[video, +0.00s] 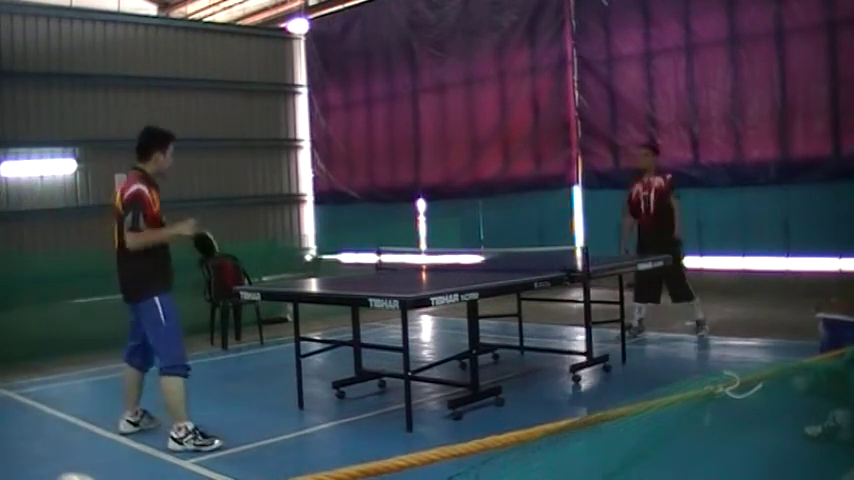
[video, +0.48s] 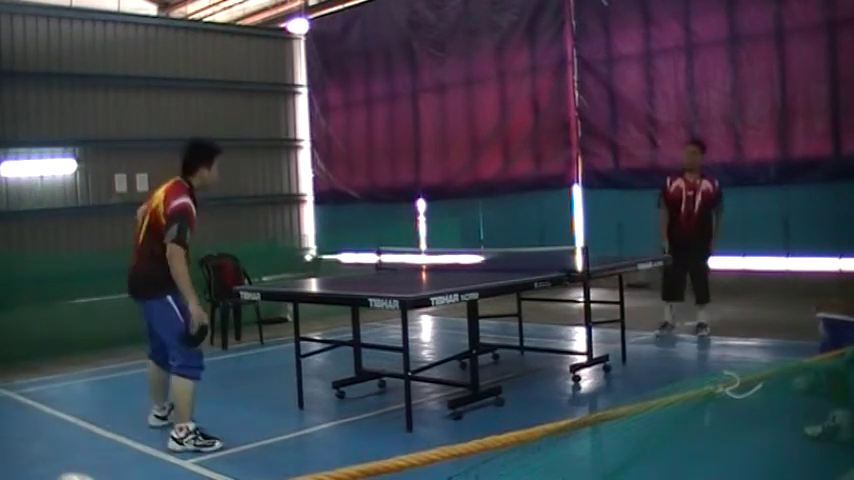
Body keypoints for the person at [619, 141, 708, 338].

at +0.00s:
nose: (642, 160)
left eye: (646, 156)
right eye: (641, 156)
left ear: (654, 159)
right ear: (640, 160)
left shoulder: (665, 182)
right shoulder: (636, 187)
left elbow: (675, 207)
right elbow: (630, 218)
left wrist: (677, 233)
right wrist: (625, 244)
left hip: (666, 240)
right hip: (645, 241)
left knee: (679, 282)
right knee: (642, 283)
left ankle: (699, 318)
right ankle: (637, 322)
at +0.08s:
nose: (650, 160)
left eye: (655, 156)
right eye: (649, 156)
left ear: (664, 160)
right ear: (646, 160)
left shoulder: (676, 184)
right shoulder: (642, 188)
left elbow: (687, 208)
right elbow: (632, 217)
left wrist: (687, 232)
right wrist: (624, 243)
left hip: (675, 242)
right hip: (651, 243)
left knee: (685, 283)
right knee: (646, 284)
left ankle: (700, 320)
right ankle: (638, 323)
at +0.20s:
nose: (666, 161)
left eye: (670, 156)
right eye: (664, 156)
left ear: (679, 160)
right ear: (661, 160)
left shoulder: (691, 185)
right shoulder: (654, 187)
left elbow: (695, 209)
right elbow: (645, 213)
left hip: (686, 242)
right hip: (662, 243)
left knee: (691, 282)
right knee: (654, 280)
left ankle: (701, 320)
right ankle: (641, 320)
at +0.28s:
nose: (677, 160)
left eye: (681, 156)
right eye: (674, 156)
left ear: (688, 159)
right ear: (670, 159)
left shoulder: (699, 186)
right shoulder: (661, 185)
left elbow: (706, 216)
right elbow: (649, 215)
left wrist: (707, 242)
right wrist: (639, 241)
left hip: (691, 245)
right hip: (667, 244)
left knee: (696, 283)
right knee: (659, 281)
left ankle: (701, 320)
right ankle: (647, 317)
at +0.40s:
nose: (686, 158)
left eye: (691, 154)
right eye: (684, 153)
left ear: (698, 158)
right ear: (680, 157)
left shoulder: (707, 185)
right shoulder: (668, 184)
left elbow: (712, 218)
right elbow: (660, 215)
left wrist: (709, 244)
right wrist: (659, 241)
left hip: (696, 244)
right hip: (672, 243)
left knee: (699, 283)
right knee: (664, 281)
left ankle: (702, 321)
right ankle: (658, 318)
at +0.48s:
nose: (690, 158)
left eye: (694, 154)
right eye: (687, 154)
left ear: (702, 157)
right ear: (683, 157)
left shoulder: (711, 186)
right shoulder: (671, 184)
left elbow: (717, 216)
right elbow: (664, 214)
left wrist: (713, 242)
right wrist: (664, 240)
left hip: (699, 242)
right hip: (675, 242)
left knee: (700, 282)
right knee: (670, 280)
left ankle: (702, 321)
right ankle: (668, 320)